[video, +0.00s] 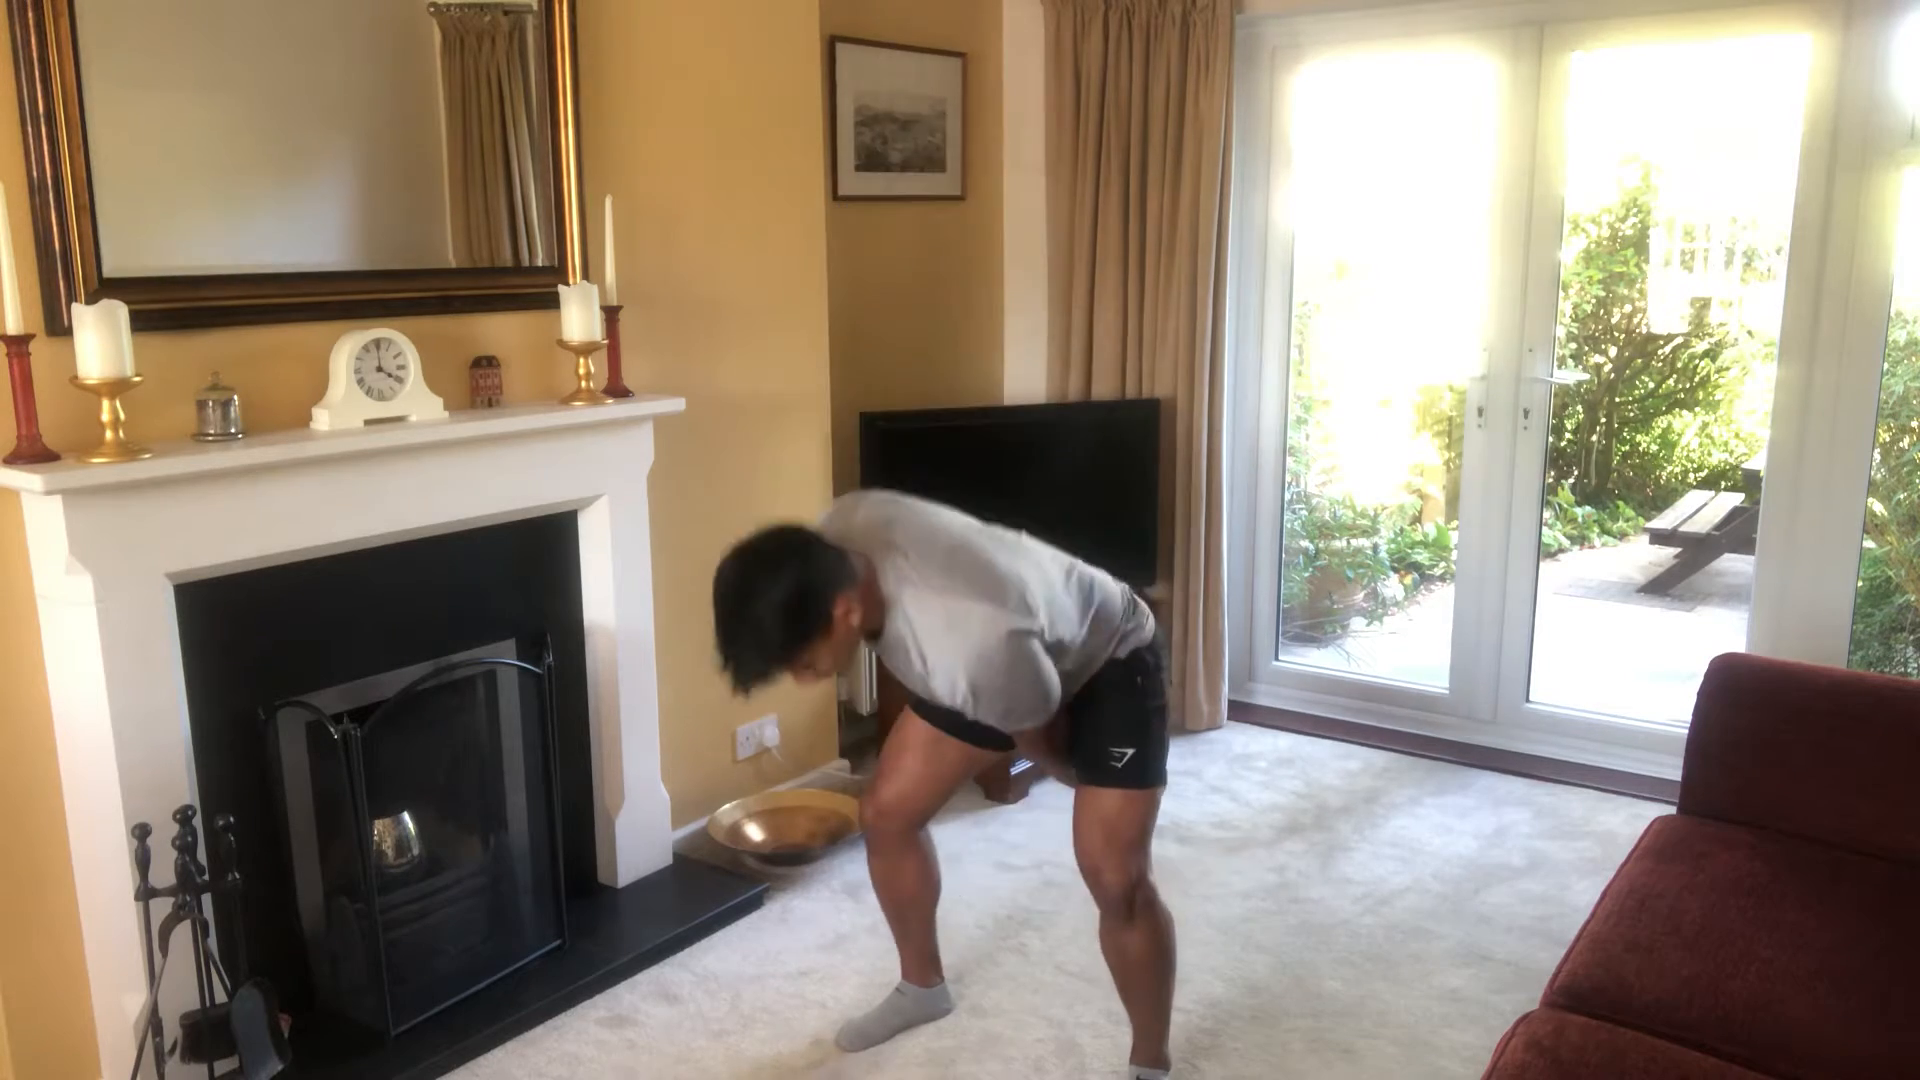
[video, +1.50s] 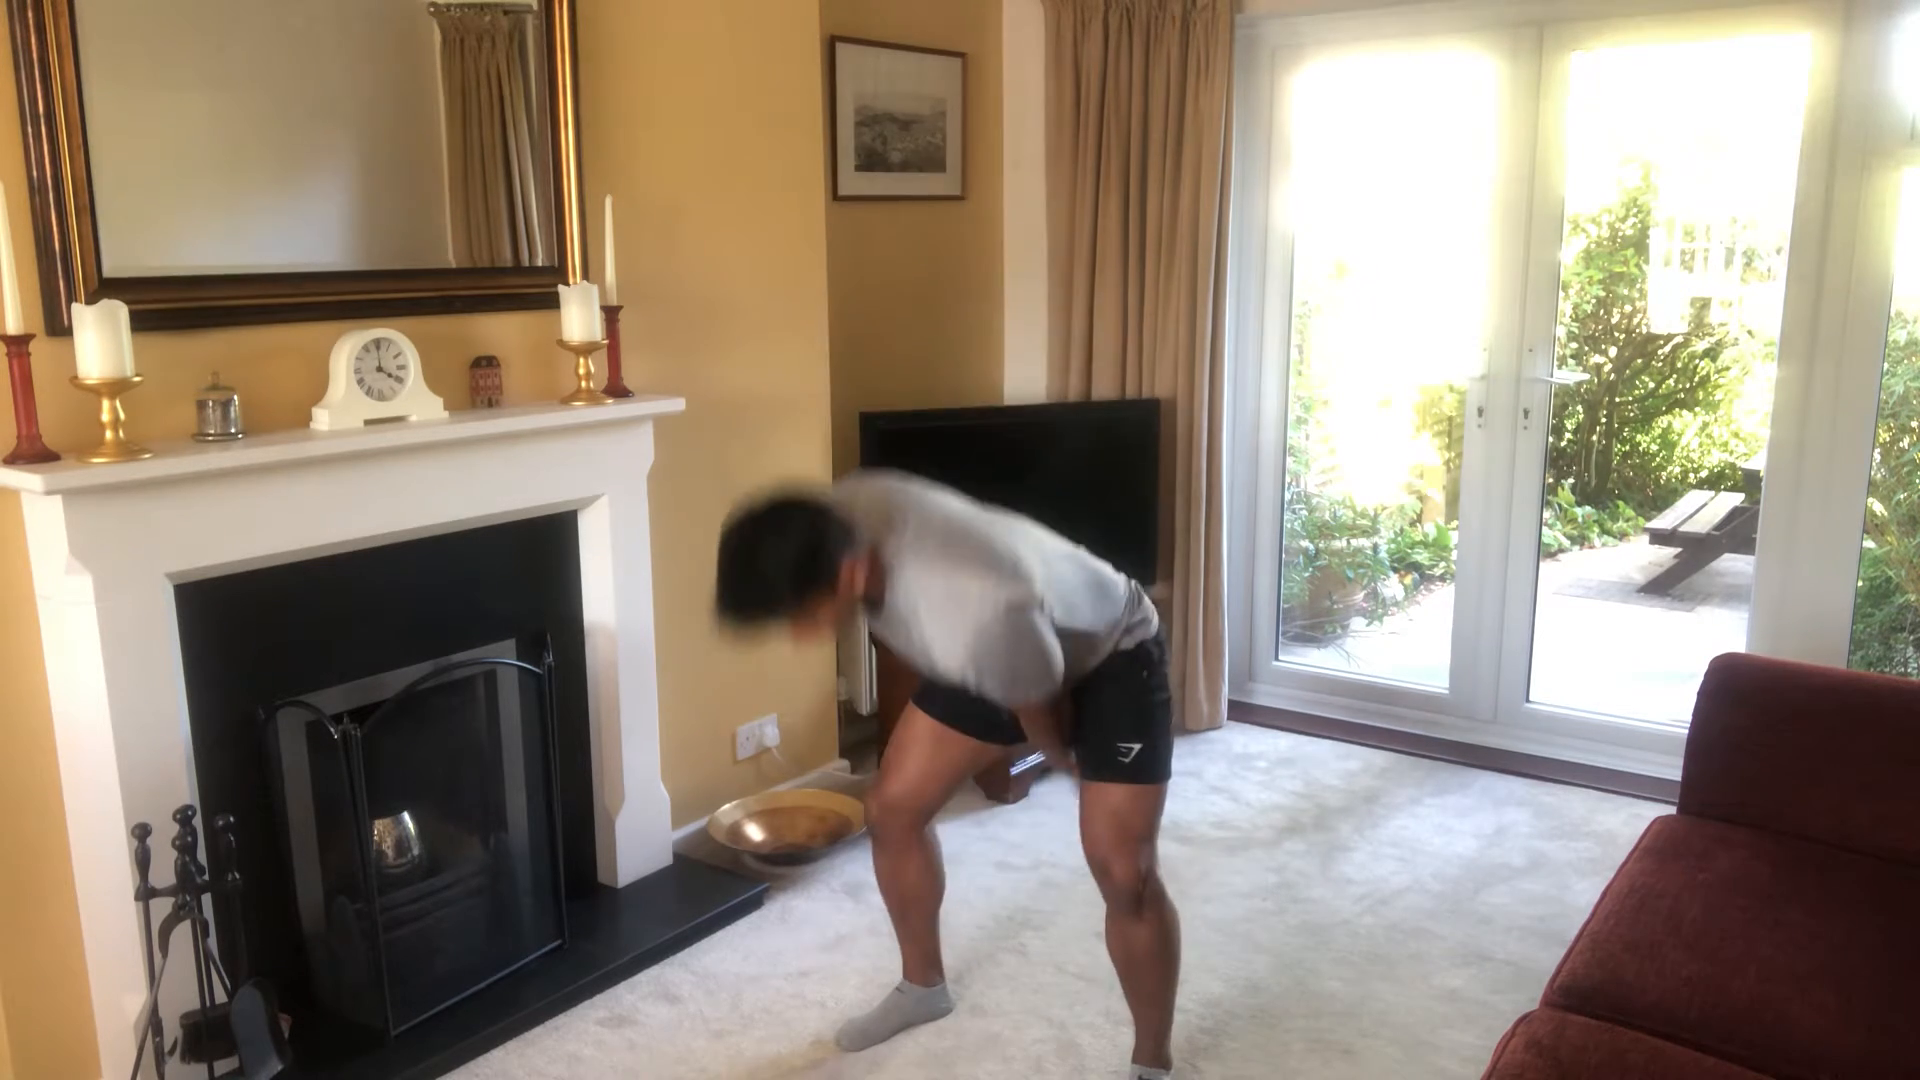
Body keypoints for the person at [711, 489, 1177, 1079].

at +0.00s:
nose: (802, 676)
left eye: (803, 659)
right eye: (787, 666)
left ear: (844, 614)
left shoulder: (977, 645)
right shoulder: (845, 521)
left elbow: (1052, 743)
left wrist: (1042, 770)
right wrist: (997, 757)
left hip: (1105, 651)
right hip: (987, 651)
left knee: (1118, 881)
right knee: (887, 811)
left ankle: (1151, 1064)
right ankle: (923, 986)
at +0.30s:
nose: (895, 286)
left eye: (908, 264)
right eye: (885, 268)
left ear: (966, 237)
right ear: (885, 256)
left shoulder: (1048, 343)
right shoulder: (918, 319)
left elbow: (1016, 538)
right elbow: (896, 433)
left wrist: (967, 688)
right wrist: (826, 542)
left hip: (1082, 603)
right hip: (974, 592)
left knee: (1110, 836)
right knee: (943, 794)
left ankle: (1151, 1057)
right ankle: (928, 983)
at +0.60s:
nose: (981, 225)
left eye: (1000, 201)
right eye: (970, 205)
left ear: (1057, 198)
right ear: (962, 207)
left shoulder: (1112, 314)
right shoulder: (964, 321)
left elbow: (1014, 378)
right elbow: (918, 441)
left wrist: (863, 400)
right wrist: (810, 509)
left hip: (1068, 619)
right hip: (953, 609)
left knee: (1102, 837)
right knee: (953, 808)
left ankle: (1147, 1055)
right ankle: (927, 985)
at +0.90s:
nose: (980, 222)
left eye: (1000, 200)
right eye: (969, 204)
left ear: (1055, 199)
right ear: (963, 206)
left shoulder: (1106, 307)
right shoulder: (969, 320)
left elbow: (1020, 358)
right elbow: (950, 451)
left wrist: (865, 362)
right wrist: (874, 543)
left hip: (1072, 617)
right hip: (961, 609)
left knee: (1109, 837)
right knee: (952, 807)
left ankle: (1152, 1055)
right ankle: (927, 982)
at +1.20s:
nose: (909, 293)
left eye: (923, 272)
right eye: (898, 275)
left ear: (973, 252)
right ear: (892, 266)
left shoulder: (1052, 349)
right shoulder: (917, 340)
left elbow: (1010, 532)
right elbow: (923, 442)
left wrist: (932, 667)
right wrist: (852, 534)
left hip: (1091, 616)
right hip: (983, 611)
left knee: (1111, 842)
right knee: (930, 796)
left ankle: (1151, 1058)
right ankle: (925, 984)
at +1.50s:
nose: (800, 633)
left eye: (802, 615)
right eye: (787, 619)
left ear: (846, 573)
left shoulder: (975, 612)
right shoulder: (846, 505)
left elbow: (1041, 709)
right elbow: (911, 641)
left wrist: (1061, 761)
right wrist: (986, 761)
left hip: (1108, 648)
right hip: (999, 640)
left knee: (1125, 872)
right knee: (893, 808)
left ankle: (1152, 1063)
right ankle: (923, 986)